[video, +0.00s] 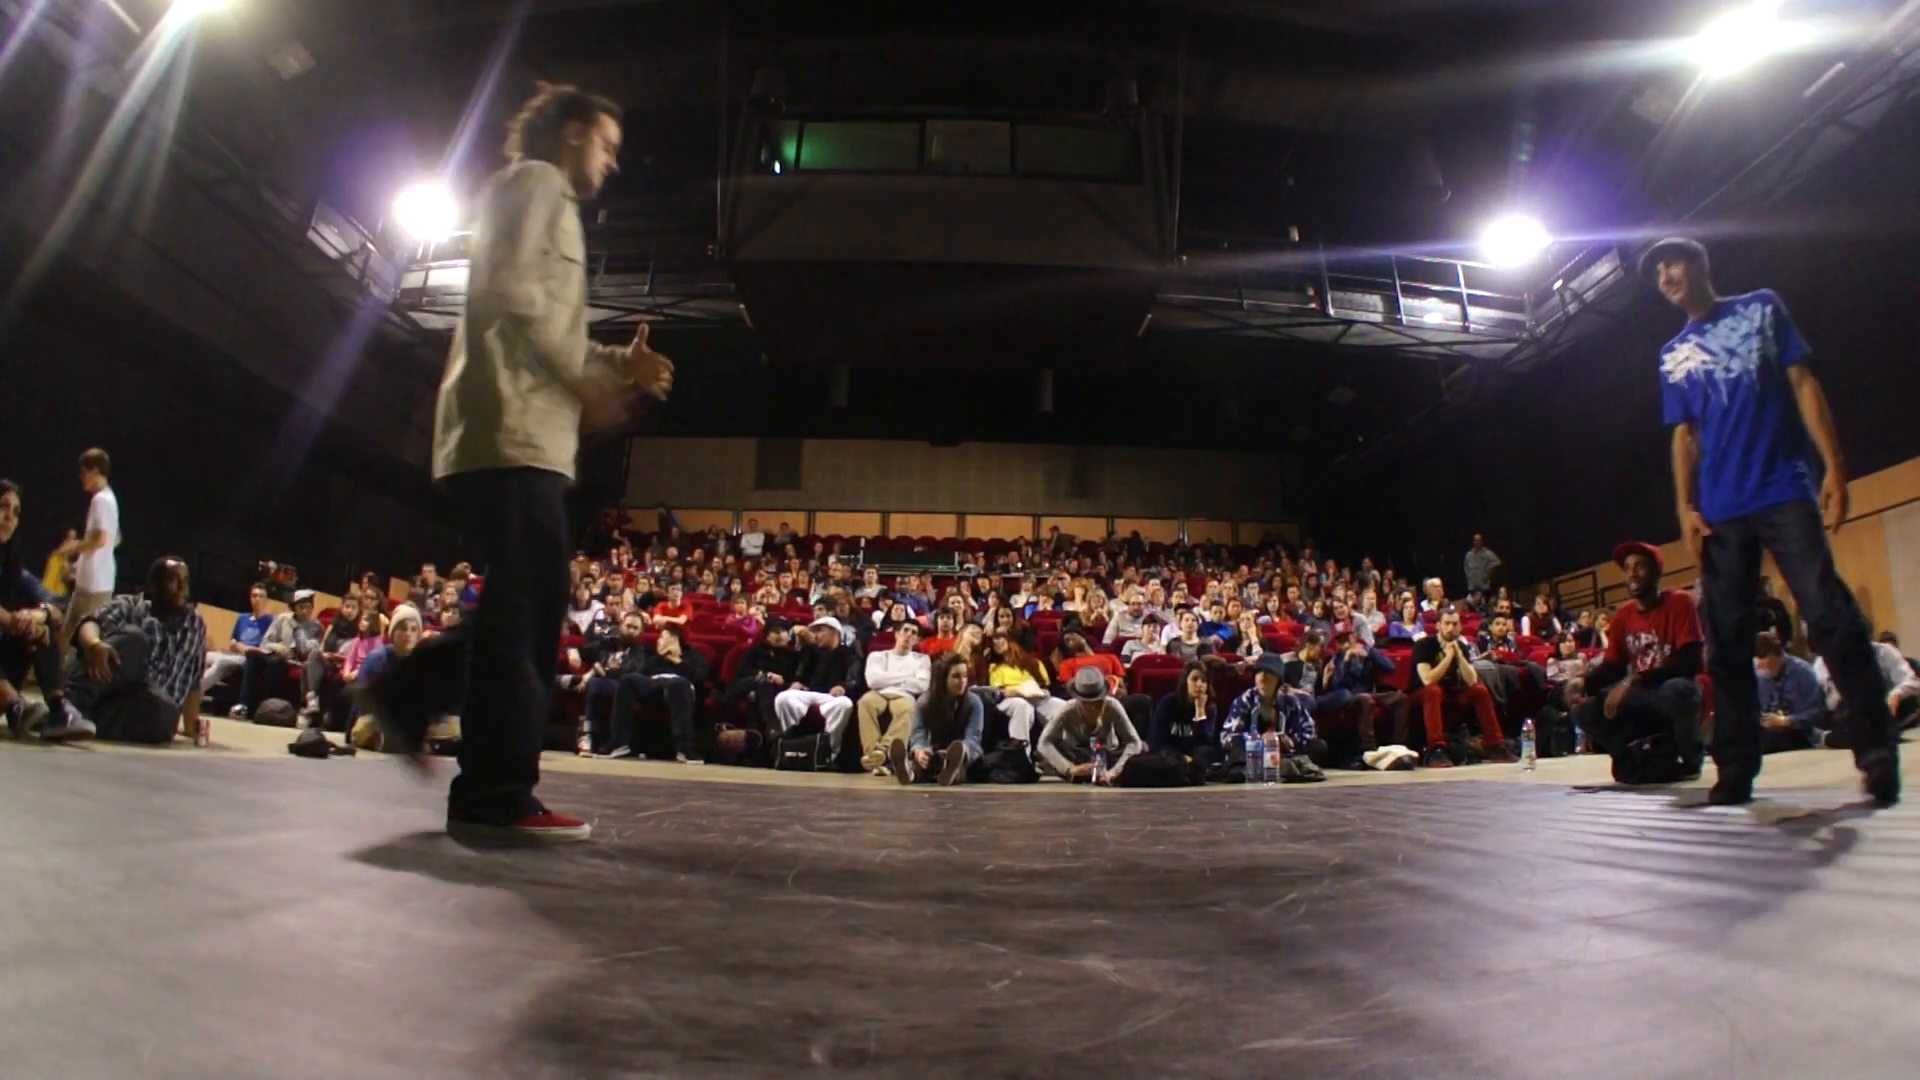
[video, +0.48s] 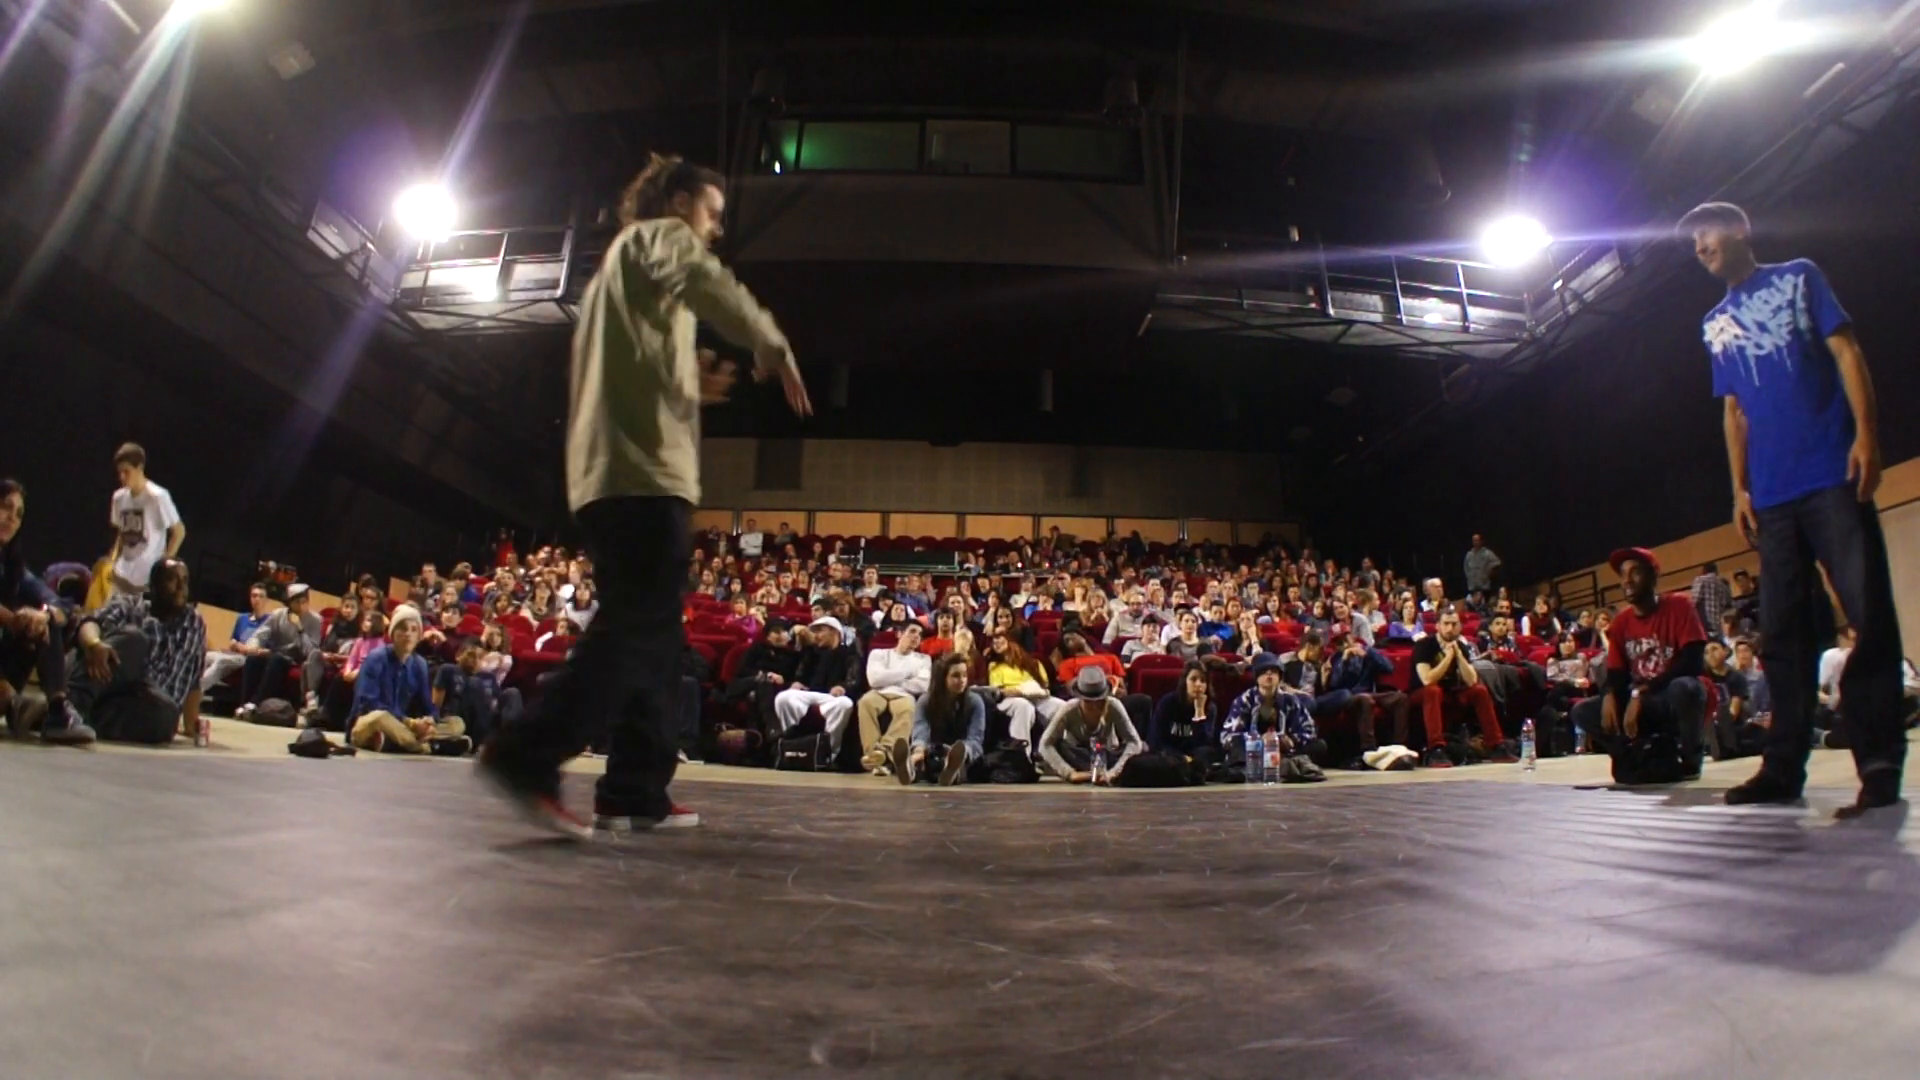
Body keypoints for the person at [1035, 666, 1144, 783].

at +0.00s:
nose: (1092, 707)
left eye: (1097, 702)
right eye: (1086, 703)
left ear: (1104, 696)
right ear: (1077, 699)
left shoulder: (1112, 706)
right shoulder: (1067, 710)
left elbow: (1134, 743)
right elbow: (1043, 744)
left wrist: (1114, 772)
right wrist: (1070, 769)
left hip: (1107, 754)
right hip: (1078, 754)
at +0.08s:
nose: (1093, 707)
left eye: (1098, 702)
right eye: (1086, 702)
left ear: (1105, 696)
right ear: (1078, 698)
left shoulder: (1113, 706)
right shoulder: (1067, 710)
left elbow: (1134, 744)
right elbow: (1043, 746)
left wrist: (1114, 772)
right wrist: (1068, 772)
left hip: (1107, 753)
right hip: (1078, 754)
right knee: (1057, 745)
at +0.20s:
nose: (1094, 707)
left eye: (1099, 702)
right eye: (1088, 702)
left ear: (1106, 696)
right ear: (1079, 698)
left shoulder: (1114, 706)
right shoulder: (1068, 710)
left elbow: (1134, 744)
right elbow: (1044, 746)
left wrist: (1113, 773)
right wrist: (1068, 773)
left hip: (1108, 753)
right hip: (1078, 755)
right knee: (1057, 746)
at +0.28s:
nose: (1094, 707)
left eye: (1099, 702)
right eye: (1088, 702)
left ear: (1106, 696)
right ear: (1079, 698)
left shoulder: (1114, 706)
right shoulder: (1068, 710)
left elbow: (1134, 744)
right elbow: (1044, 746)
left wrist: (1113, 773)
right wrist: (1069, 773)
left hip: (1107, 754)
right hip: (1077, 755)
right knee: (1058, 747)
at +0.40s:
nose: (1094, 707)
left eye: (1099, 702)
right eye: (1088, 702)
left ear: (1106, 696)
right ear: (1080, 698)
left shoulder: (1114, 706)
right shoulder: (1068, 710)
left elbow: (1134, 744)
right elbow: (1044, 746)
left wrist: (1113, 773)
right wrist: (1069, 773)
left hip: (1108, 754)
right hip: (1078, 755)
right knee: (1057, 745)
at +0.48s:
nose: (1094, 707)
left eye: (1099, 701)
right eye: (1088, 702)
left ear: (1106, 696)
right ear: (1080, 698)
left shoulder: (1114, 706)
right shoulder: (1067, 710)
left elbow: (1134, 743)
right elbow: (1045, 746)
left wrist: (1113, 773)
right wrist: (1070, 774)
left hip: (1108, 754)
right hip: (1078, 755)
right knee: (1057, 746)